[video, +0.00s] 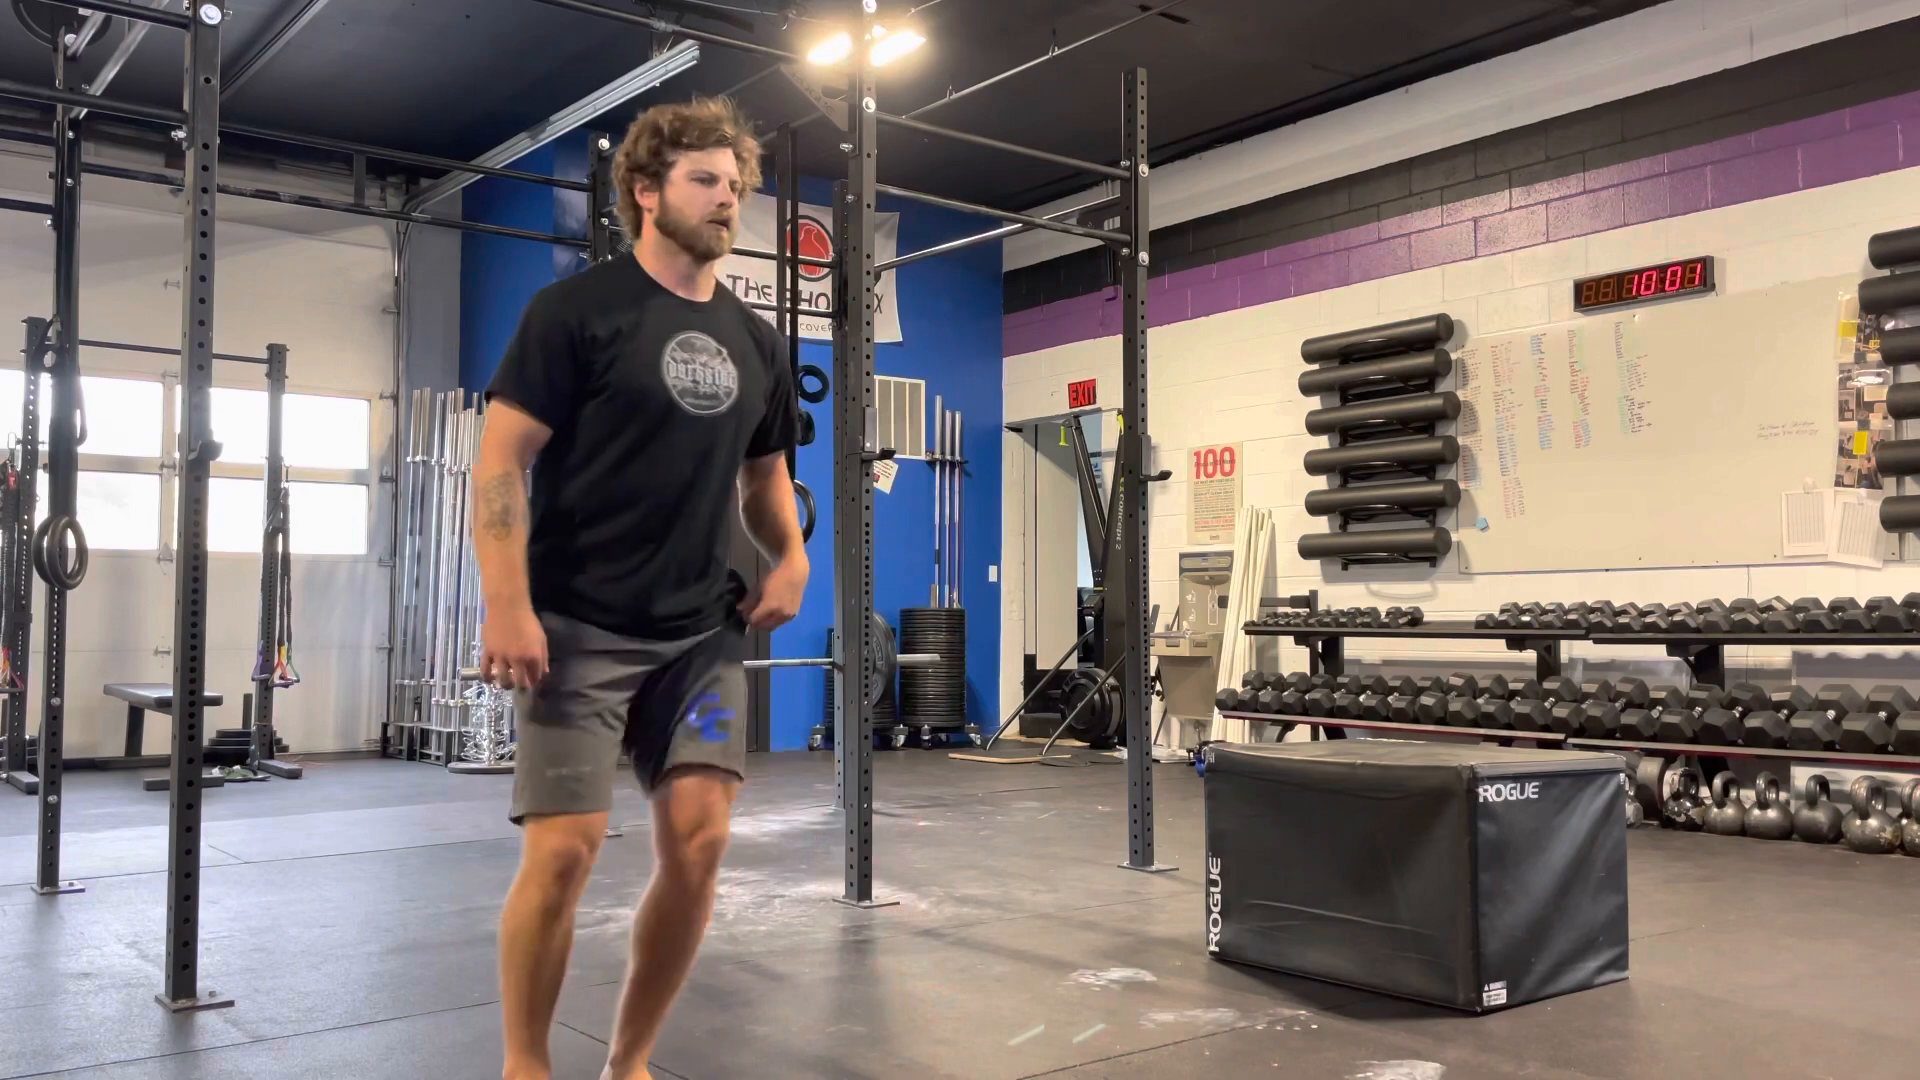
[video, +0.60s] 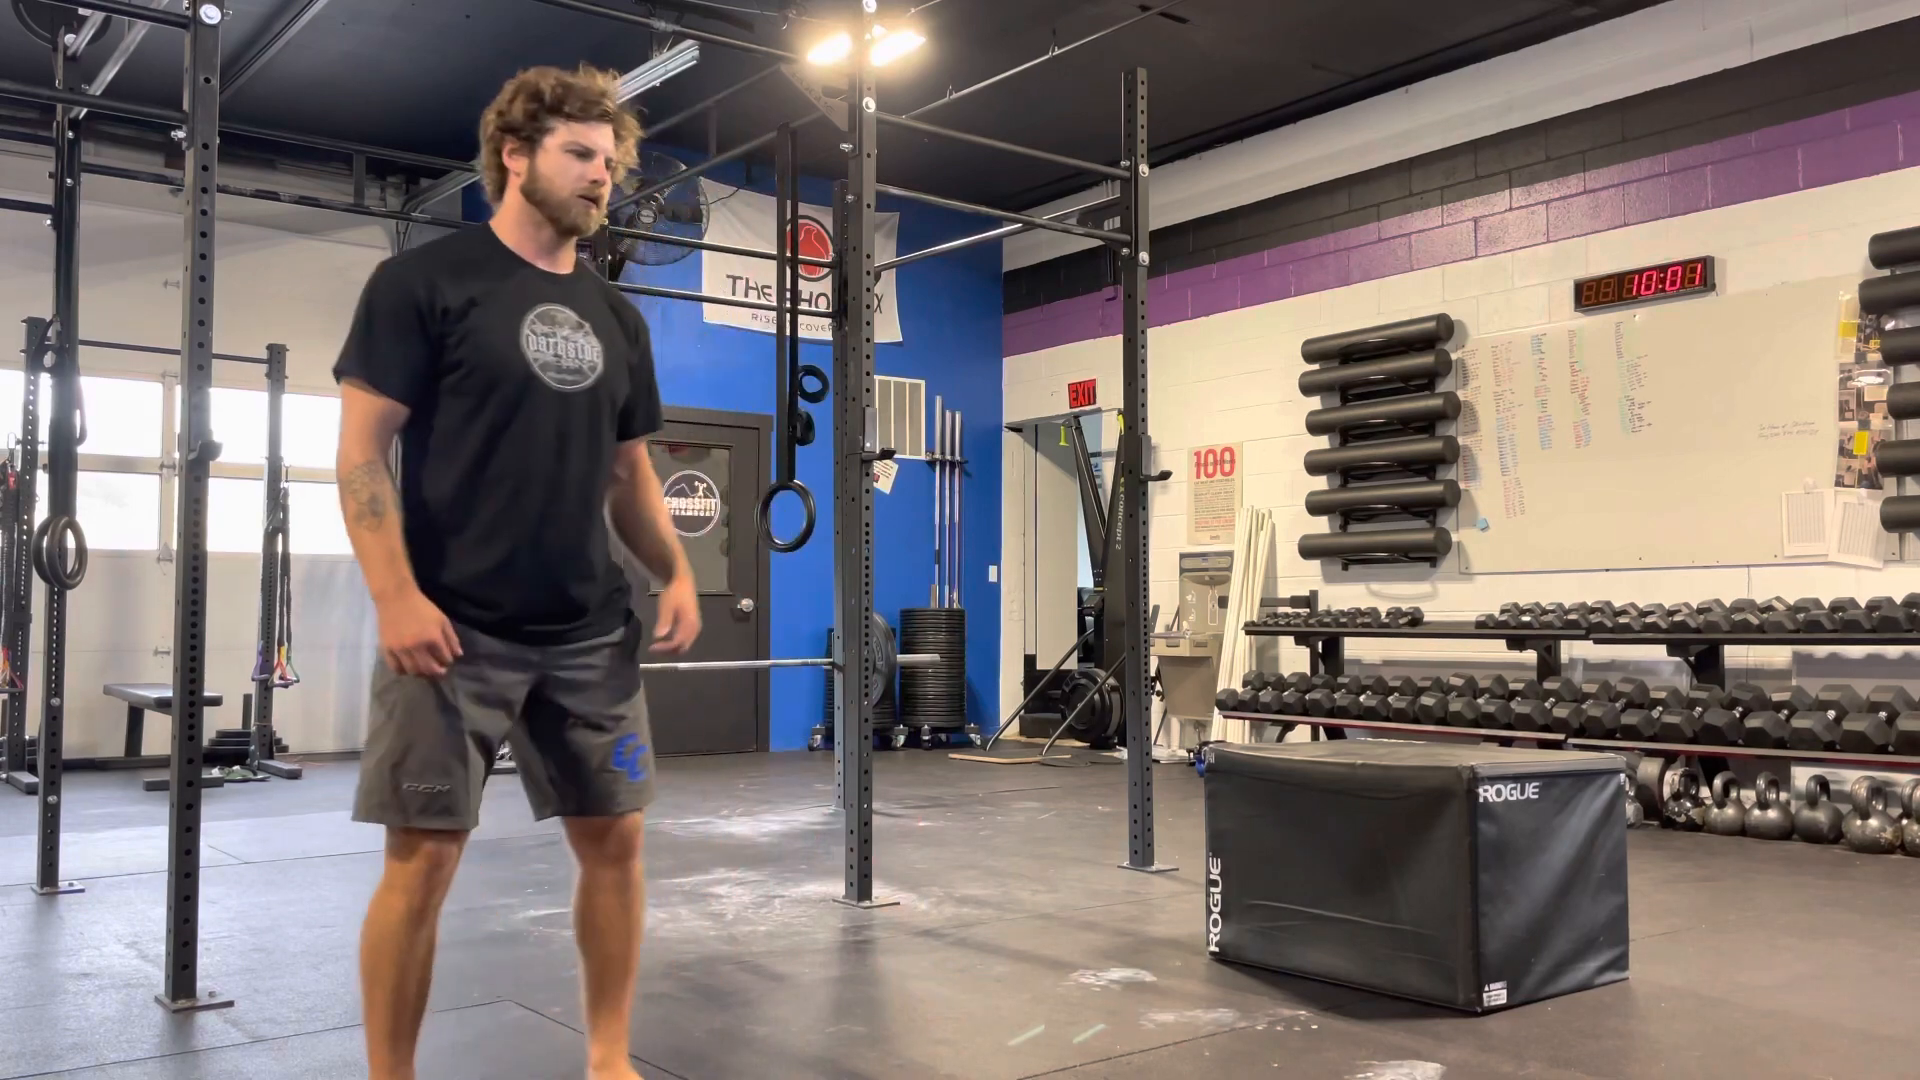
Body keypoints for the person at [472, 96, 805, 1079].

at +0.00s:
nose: (727, 199)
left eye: (735, 186)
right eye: (706, 181)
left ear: (740, 204)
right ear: (645, 194)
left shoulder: (756, 341)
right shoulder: (572, 310)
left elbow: (767, 472)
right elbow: (499, 461)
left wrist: (792, 553)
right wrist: (507, 606)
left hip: (705, 629)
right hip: (580, 626)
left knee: (701, 839)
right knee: (563, 852)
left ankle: (630, 1061)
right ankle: (524, 1065)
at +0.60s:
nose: (600, 177)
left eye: (610, 163)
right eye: (580, 155)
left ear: (612, 179)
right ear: (513, 158)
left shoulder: (612, 312)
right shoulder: (422, 278)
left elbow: (630, 465)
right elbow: (360, 451)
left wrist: (675, 569)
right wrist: (395, 595)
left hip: (588, 628)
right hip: (453, 627)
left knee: (615, 837)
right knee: (421, 861)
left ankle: (610, 1058)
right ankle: (389, 1071)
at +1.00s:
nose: (604, 179)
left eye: (612, 164)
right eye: (585, 157)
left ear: (614, 176)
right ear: (517, 156)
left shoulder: (605, 312)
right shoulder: (419, 275)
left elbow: (617, 464)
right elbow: (355, 449)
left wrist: (642, 594)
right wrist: (353, 606)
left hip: (579, 627)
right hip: (448, 620)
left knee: (573, 847)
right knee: (418, 856)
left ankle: (543, 1063)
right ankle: (389, 1071)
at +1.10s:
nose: (617, 186)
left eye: (626, 172)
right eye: (598, 163)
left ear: (625, 183)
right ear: (531, 158)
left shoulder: (615, 313)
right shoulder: (434, 279)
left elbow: (628, 466)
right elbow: (381, 448)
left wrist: (661, 589)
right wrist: (397, 606)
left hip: (588, 629)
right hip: (458, 624)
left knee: (579, 848)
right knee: (423, 856)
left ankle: (544, 1062)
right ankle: (389, 1071)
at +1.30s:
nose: (657, 201)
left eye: (667, 186)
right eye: (640, 179)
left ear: (668, 195)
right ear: (574, 174)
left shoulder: (653, 324)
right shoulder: (480, 286)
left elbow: (663, 469)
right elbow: (442, 451)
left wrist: (693, 585)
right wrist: (519, 579)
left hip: (624, 628)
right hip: (500, 625)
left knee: (599, 852)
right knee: (458, 855)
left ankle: (547, 1065)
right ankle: (398, 1070)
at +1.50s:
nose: (705, 219)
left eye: (715, 203)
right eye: (690, 198)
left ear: (716, 209)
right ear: (626, 189)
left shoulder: (693, 336)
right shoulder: (537, 298)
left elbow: (705, 483)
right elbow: (482, 453)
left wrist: (735, 593)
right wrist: (559, 575)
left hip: (665, 624)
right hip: (552, 613)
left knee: (631, 843)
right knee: (582, 822)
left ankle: (549, 1062)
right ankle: (478, 1055)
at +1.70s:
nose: (765, 244)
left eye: (774, 228)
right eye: (750, 222)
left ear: (769, 230)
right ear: (686, 211)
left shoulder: (741, 357)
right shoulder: (588, 319)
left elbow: (758, 497)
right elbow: (507, 456)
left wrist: (804, 584)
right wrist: (512, 604)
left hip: (704, 627)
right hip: (610, 618)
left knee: (653, 860)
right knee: (739, 801)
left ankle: (549, 1059)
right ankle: (726, 1042)